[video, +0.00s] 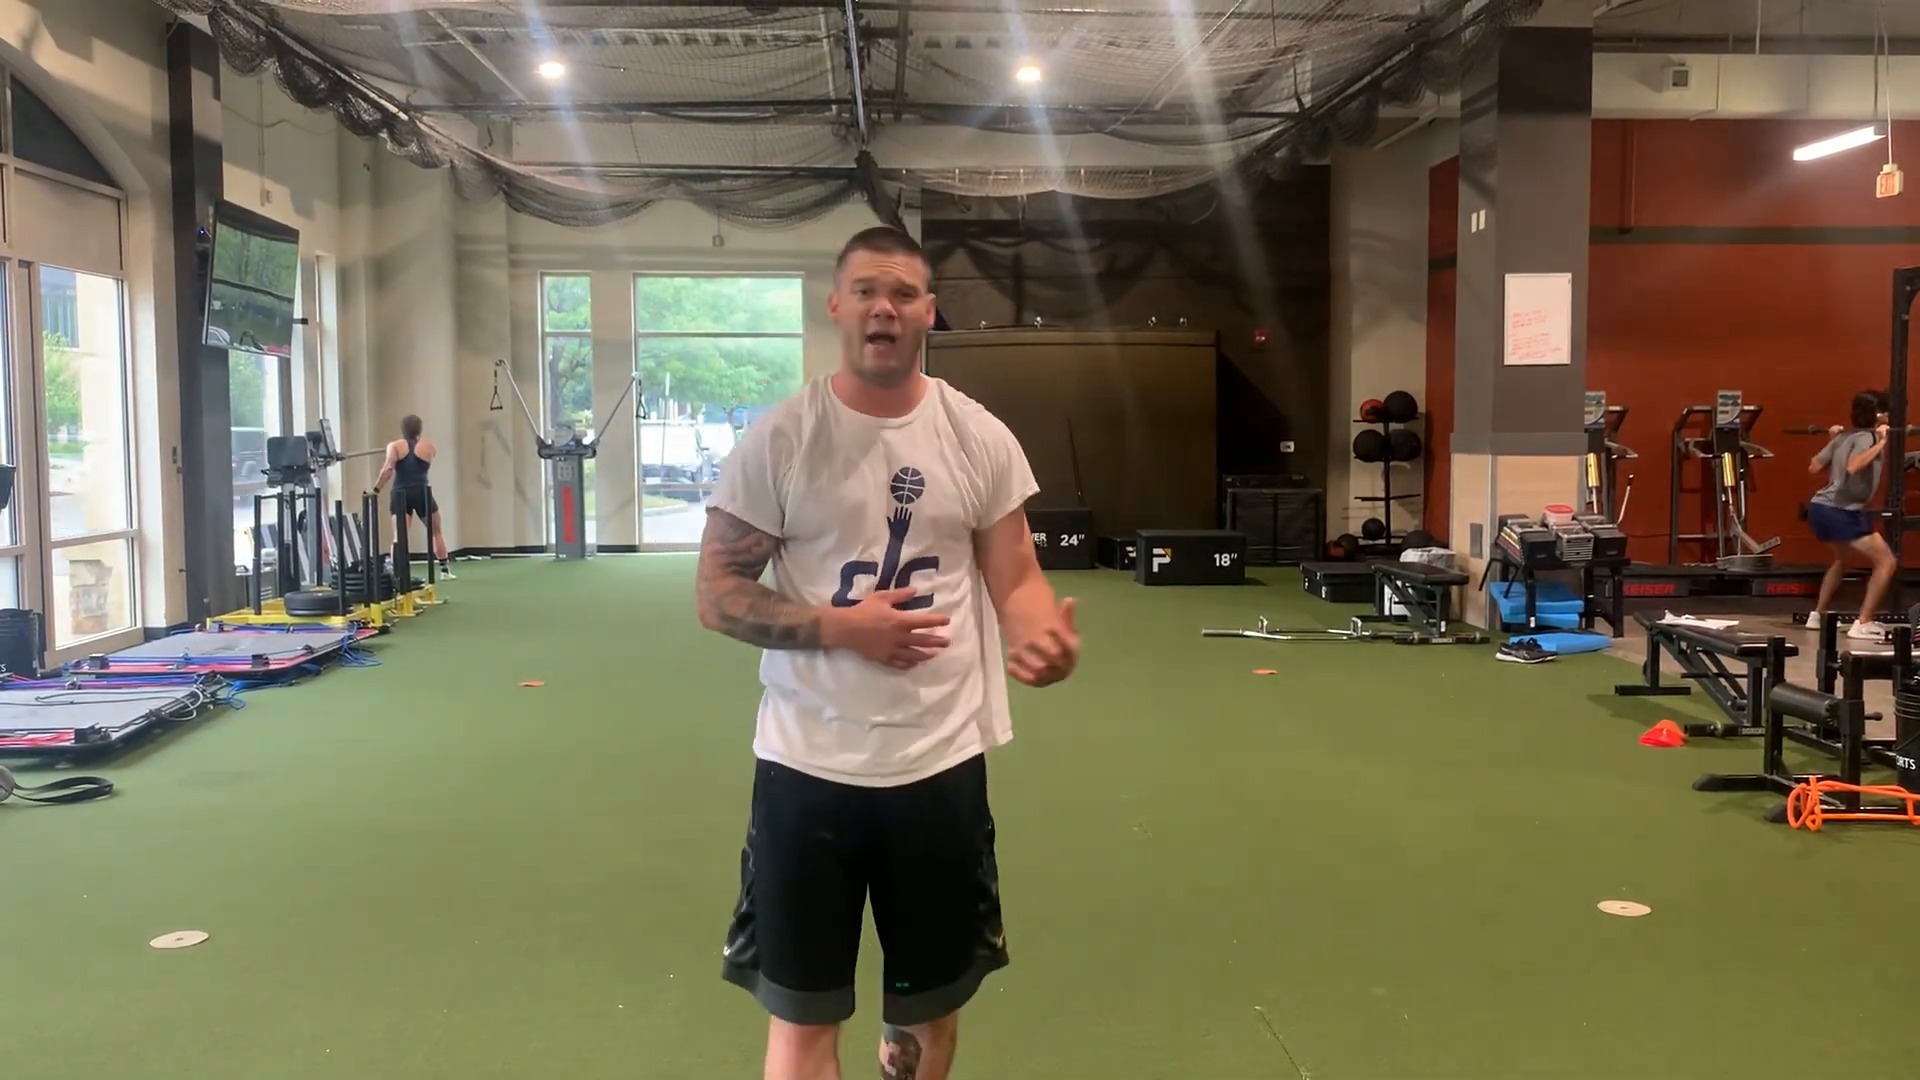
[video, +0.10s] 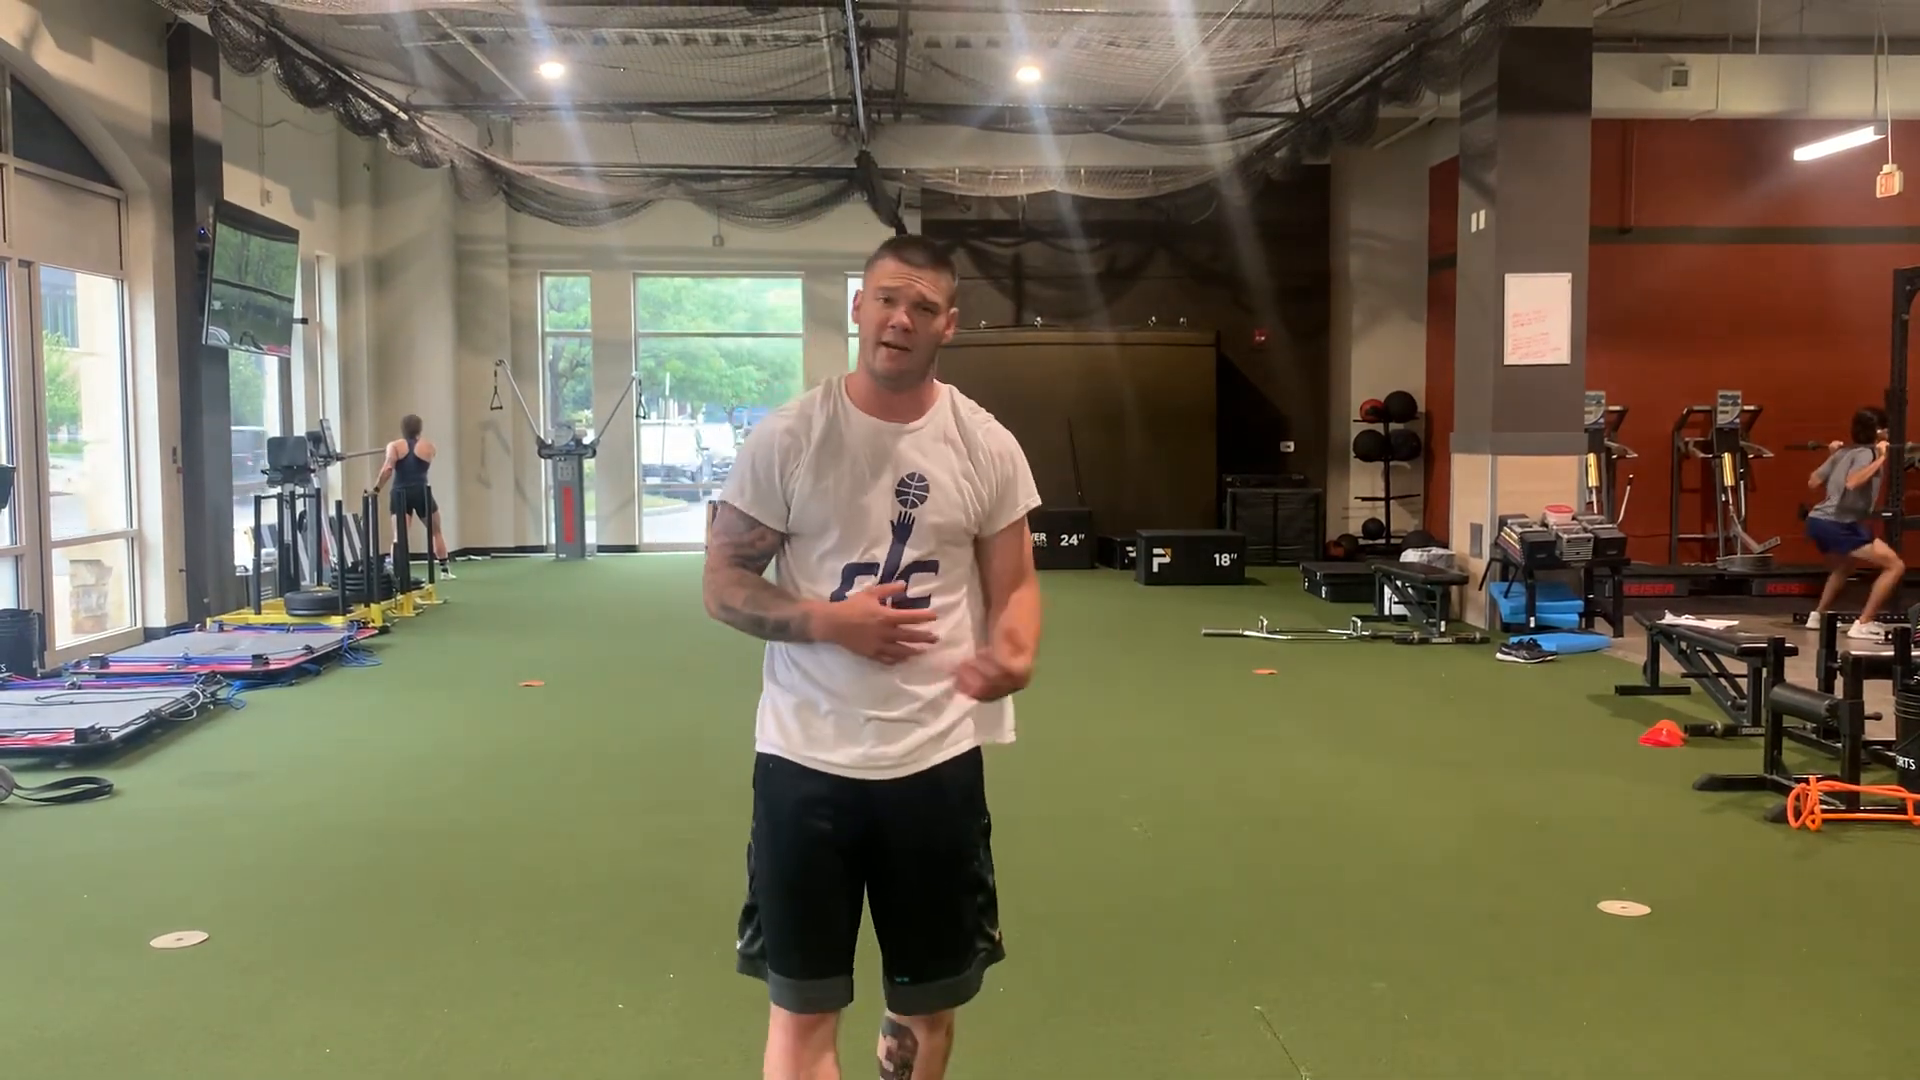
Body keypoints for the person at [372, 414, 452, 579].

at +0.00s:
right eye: (418, 428)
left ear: (403, 430)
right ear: (420, 430)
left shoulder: (394, 447)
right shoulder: (429, 448)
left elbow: (388, 469)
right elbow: (423, 467)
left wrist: (377, 488)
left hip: (400, 493)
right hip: (422, 492)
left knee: (398, 536)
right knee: (436, 532)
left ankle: (394, 571)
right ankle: (445, 569)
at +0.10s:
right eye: (418, 428)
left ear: (403, 430)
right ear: (420, 429)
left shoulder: (394, 446)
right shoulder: (429, 447)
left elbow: (388, 469)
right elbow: (424, 466)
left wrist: (377, 488)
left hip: (400, 493)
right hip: (421, 492)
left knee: (398, 536)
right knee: (436, 531)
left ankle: (394, 570)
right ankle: (445, 569)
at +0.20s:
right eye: (418, 428)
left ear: (403, 429)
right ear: (420, 429)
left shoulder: (394, 446)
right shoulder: (429, 447)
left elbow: (388, 469)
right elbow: (425, 466)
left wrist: (377, 486)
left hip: (400, 492)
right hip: (421, 492)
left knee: (398, 536)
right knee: (436, 531)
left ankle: (394, 570)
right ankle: (445, 569)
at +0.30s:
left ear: (403, 430)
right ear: (420, 430)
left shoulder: (394, 446)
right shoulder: (429, 447)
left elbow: (388, 469)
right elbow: (425, 466)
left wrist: (377, 486)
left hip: (401, 493)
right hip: (422, 493)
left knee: (399, 537)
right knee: (436, 532)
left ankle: (395, 572)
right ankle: (445, 569)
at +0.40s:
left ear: (403, 430)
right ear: (420, 430)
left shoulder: (394, 446)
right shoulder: (429, 447)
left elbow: (388, 469)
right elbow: (425, 466)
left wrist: (378, 484)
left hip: (400, 494)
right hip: (421, 493)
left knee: (399, 536)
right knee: (436, 532)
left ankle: (395, 571)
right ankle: (445, 570)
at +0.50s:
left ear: (404, 430)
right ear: (420, 430)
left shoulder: (395, 446)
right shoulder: (429, 448)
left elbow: (389, 469)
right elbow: (428, 463)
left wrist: (379, 482)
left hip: (401, 493)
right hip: (422, 493)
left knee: (399, 536)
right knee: (436, 532)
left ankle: (394, 570)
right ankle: (445, 570)